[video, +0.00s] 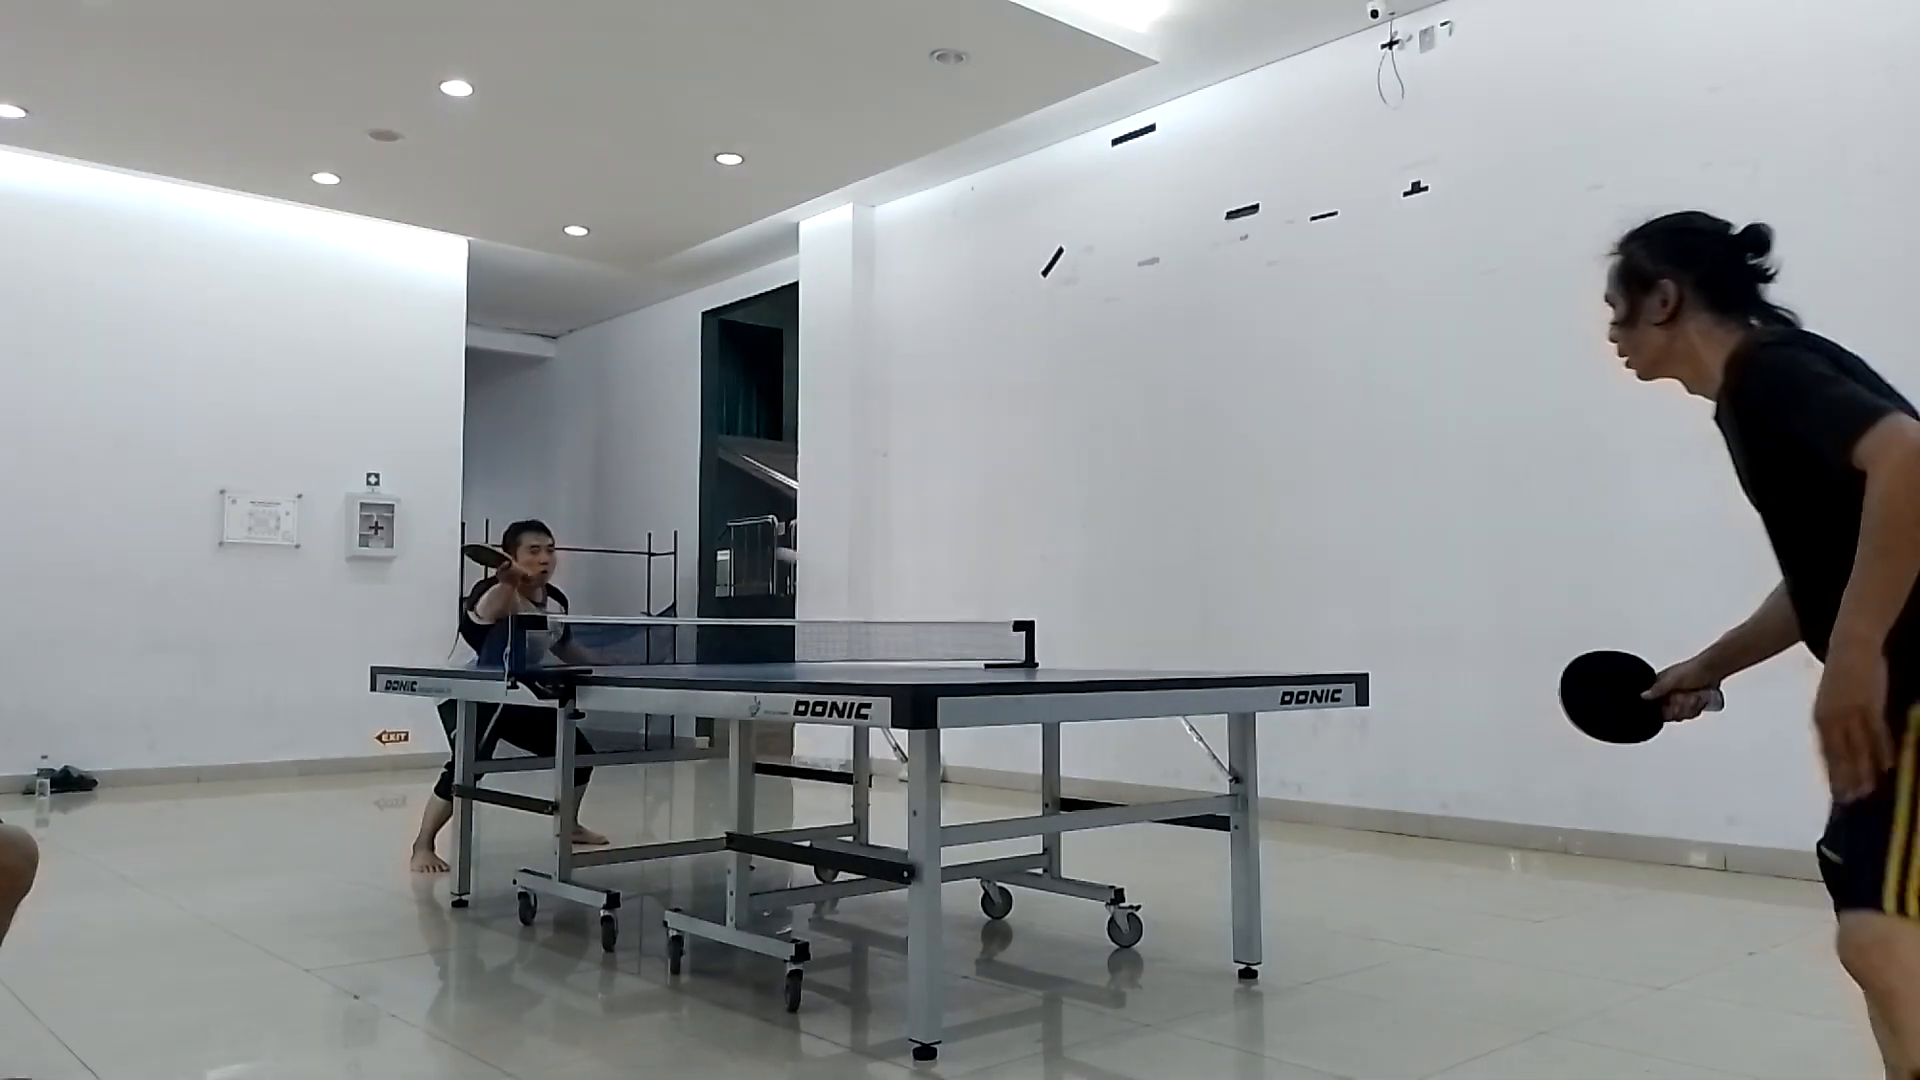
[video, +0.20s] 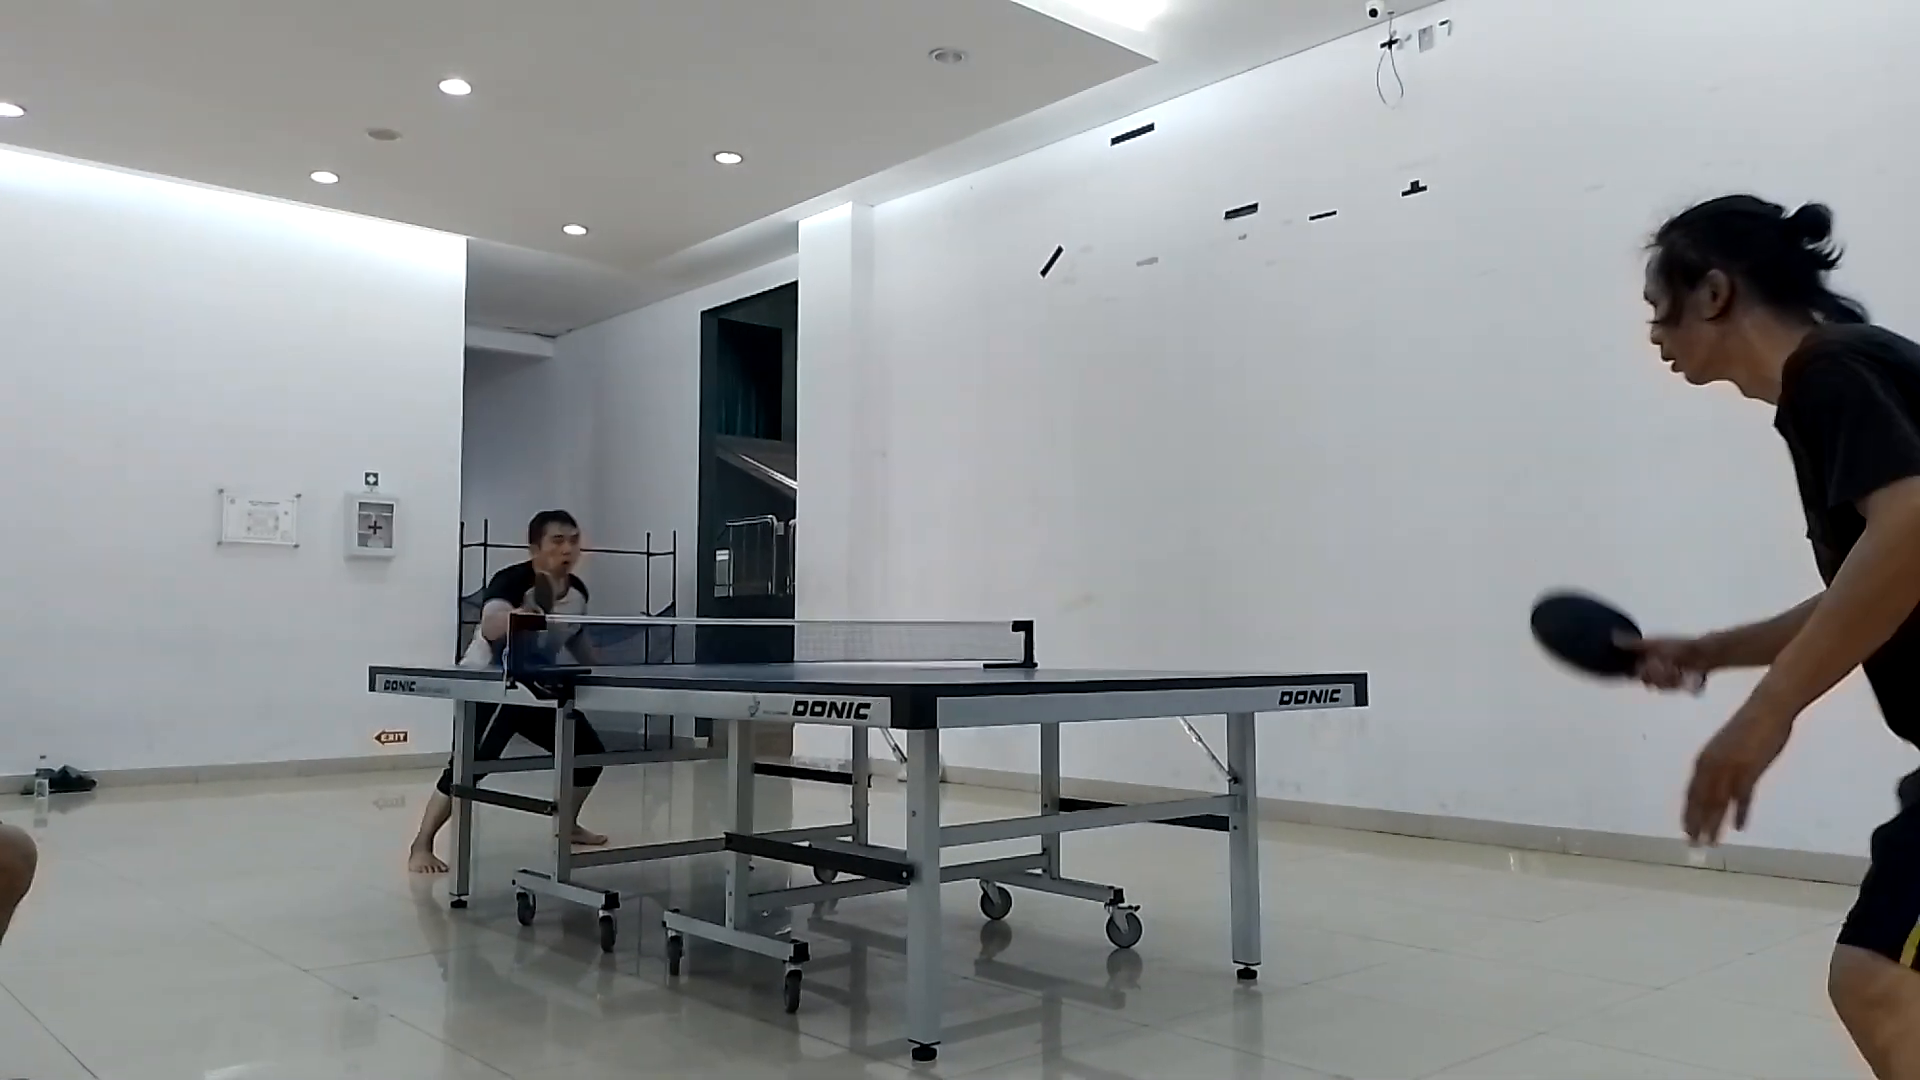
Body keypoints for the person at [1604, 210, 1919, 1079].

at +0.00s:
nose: (1614, 332)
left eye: (1619, 307)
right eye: (1611, 312)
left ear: (1670, 297)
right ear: (1676, 299)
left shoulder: (1771, 370)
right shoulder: (1750, 396)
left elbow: (1900, 449)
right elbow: (1823, 578)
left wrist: (1856, 646)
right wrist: (1709, 666)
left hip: (1914, 686)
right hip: (1894, 686)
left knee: (1878, 938)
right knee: (1882, 936)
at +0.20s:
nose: (1656, 341)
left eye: (1664, 311)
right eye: (1654, 318)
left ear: (1720, 291)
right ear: (1723, 294)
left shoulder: (1834, 371)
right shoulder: (1825, 384)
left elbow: (1904, 533)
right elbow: (1869, 600)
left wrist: (1770, 711)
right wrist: (1706, 651)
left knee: (1875, 984)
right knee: (1878, 984)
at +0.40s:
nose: (1661, 381)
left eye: (1674, 349)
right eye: (1663, 351)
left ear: (1740, 336)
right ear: (1739, 339)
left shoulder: (1907, 422)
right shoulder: (1784, 494)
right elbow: (1634, 570)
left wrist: (1885, 711)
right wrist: (1459, 561)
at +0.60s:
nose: (1649, 484)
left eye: (1660, 451)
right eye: (1651, 455)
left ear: (1732, 456)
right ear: (1730, 459)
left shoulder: (1908, 500)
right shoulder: (1793, 600)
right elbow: (1628, 708)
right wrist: (1444, 753)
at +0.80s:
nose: (1644, 384)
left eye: (1651, 355)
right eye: (1643, 357)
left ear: (1709, 353)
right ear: (1710, 354)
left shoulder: (1891, 421)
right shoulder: (1797, 501)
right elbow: (1850, 678)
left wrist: (1727, 819)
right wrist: (1727, 818)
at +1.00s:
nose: (1645, 287)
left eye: (1650, 256)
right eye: (1644, 262)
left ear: (1703, 246)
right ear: (1720, 245)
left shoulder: (1826, 342)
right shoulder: (1799, 353)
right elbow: (1909, 564)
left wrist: (1892, 673)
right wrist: (1840, 699)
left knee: (1873, 954)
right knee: (1873, 953)